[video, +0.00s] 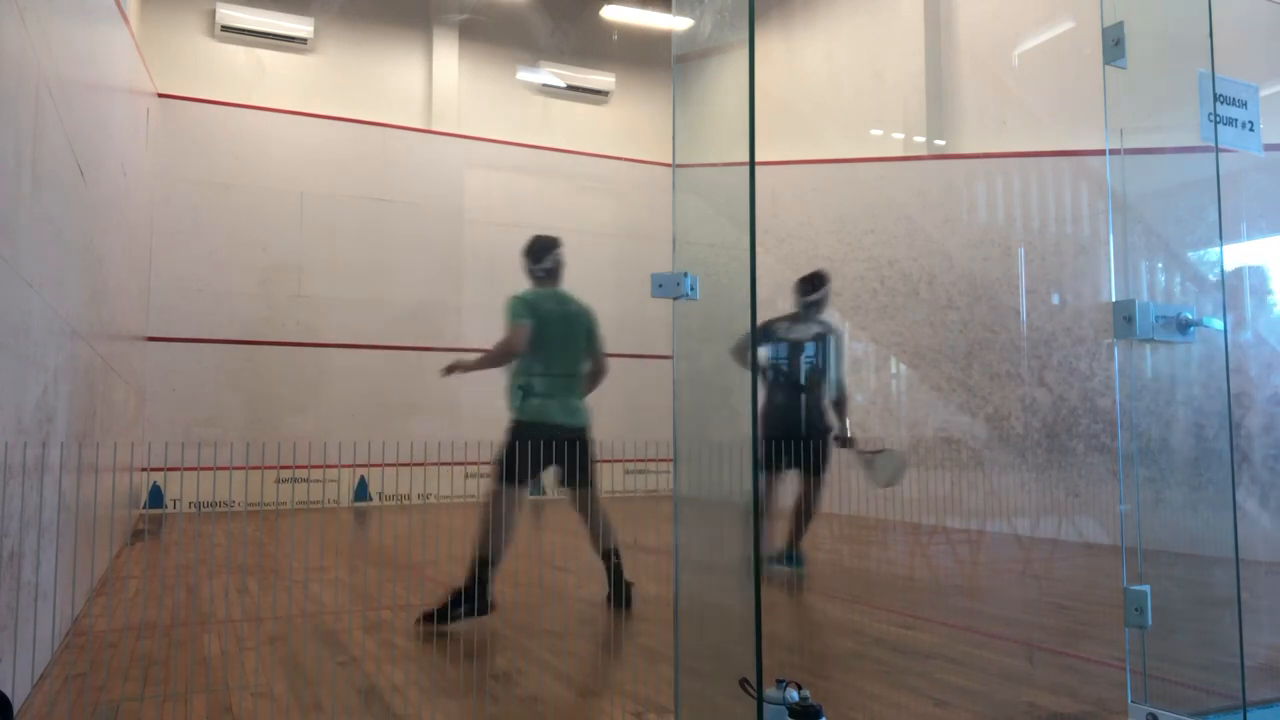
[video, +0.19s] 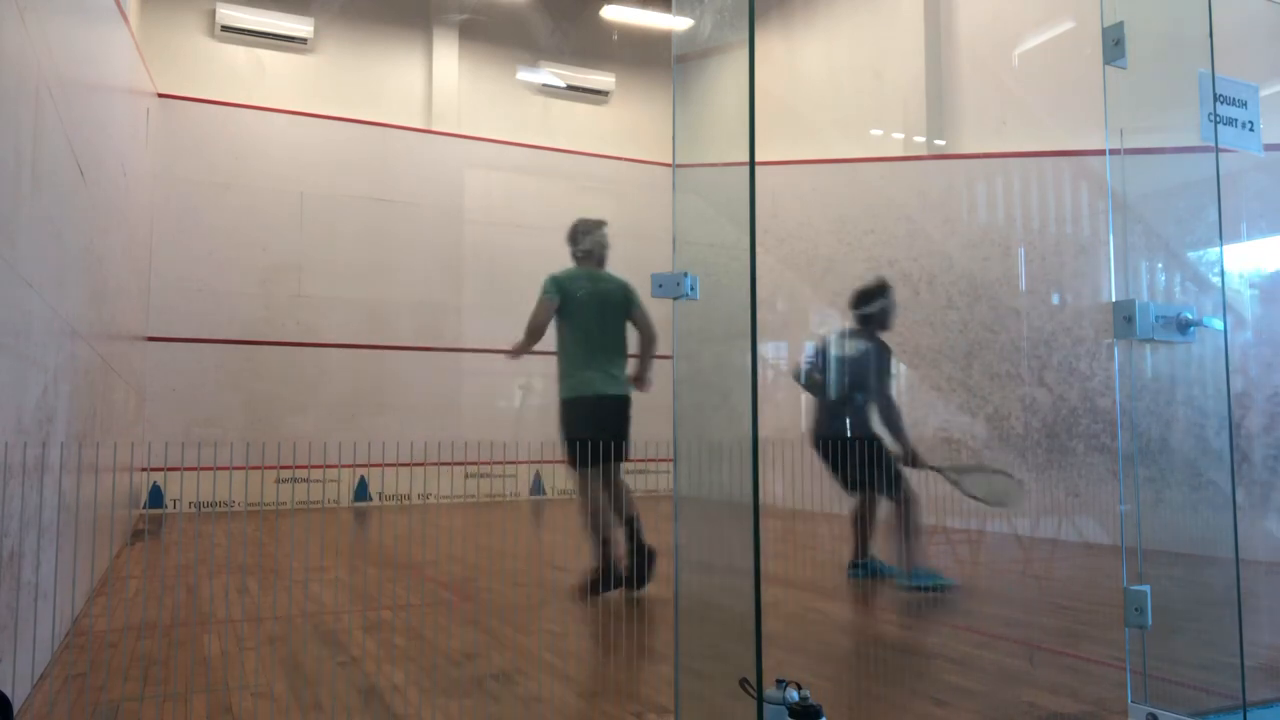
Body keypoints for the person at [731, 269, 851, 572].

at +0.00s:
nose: (823, 303)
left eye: (819, 297)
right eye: (823, 297)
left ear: (798, 296)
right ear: (824, 298)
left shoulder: (775, 326)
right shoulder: (830, 333)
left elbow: (739, 350)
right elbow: (836, 384)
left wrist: (765, 373)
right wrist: (844, 426)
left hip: (775, 419)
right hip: (812, 421)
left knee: (766, 485)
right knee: (811, 488)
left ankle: (756, 548)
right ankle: (791, 548)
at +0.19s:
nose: (892, 313)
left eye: (891, 307)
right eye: (888, 307)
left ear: (858, 311)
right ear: (878, 312)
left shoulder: (831, 342)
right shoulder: (877, 349)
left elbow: (805, 375)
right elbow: (883, 402)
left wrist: (833, 397)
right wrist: (906, 446)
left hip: (826, 437)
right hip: (858, 437)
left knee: (867, 493)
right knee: (904, 496)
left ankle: (860, 560)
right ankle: (912, 569)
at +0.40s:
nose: (958, 327)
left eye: (957, 320)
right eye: (954, 320)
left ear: (922, 322)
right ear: (939, 322)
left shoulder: (895, 353)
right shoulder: (933, 361)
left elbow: (872, 399)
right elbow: (938, 421)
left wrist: (910, 409)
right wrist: (967, 465)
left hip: (879, 449)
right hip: (911, 450)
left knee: (919, 494)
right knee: (978, 497)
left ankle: (879, 554)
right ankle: (976, 583)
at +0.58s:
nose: (982, 295)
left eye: (981, 288)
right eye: (977, 288)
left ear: (948, 292)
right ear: (960, 290)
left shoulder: (925, 325)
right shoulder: (943, 326)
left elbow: (929, 386)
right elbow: (938, 377)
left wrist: (969, 392)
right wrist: (964, 406)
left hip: (906, 435)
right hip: (929, 434)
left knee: (964, 492)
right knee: (993, 493)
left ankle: (942, 553)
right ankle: (983, 578)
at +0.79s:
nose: (993, 280)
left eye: (991, 272)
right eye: (986, 273)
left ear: (959, 282)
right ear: (963, 280)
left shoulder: (950, 325)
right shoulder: (936, 317)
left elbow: (942, 367)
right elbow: (916, 341)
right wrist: (968, 339)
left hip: (925, 433)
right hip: (910, 435)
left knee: (985, 494)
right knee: (984, 491)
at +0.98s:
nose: (987, 293)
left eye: (986, 285)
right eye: (983, 284)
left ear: (952, 286)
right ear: (962, 285)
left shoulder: (927, 320)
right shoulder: (934, 321)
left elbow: (875, 353)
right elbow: (934, 368)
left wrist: (828, 382)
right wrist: (988, 340)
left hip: (890, 437)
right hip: (880, 438)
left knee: (946, 508)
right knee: (923, 524)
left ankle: (968, 599)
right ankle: (881, 629)